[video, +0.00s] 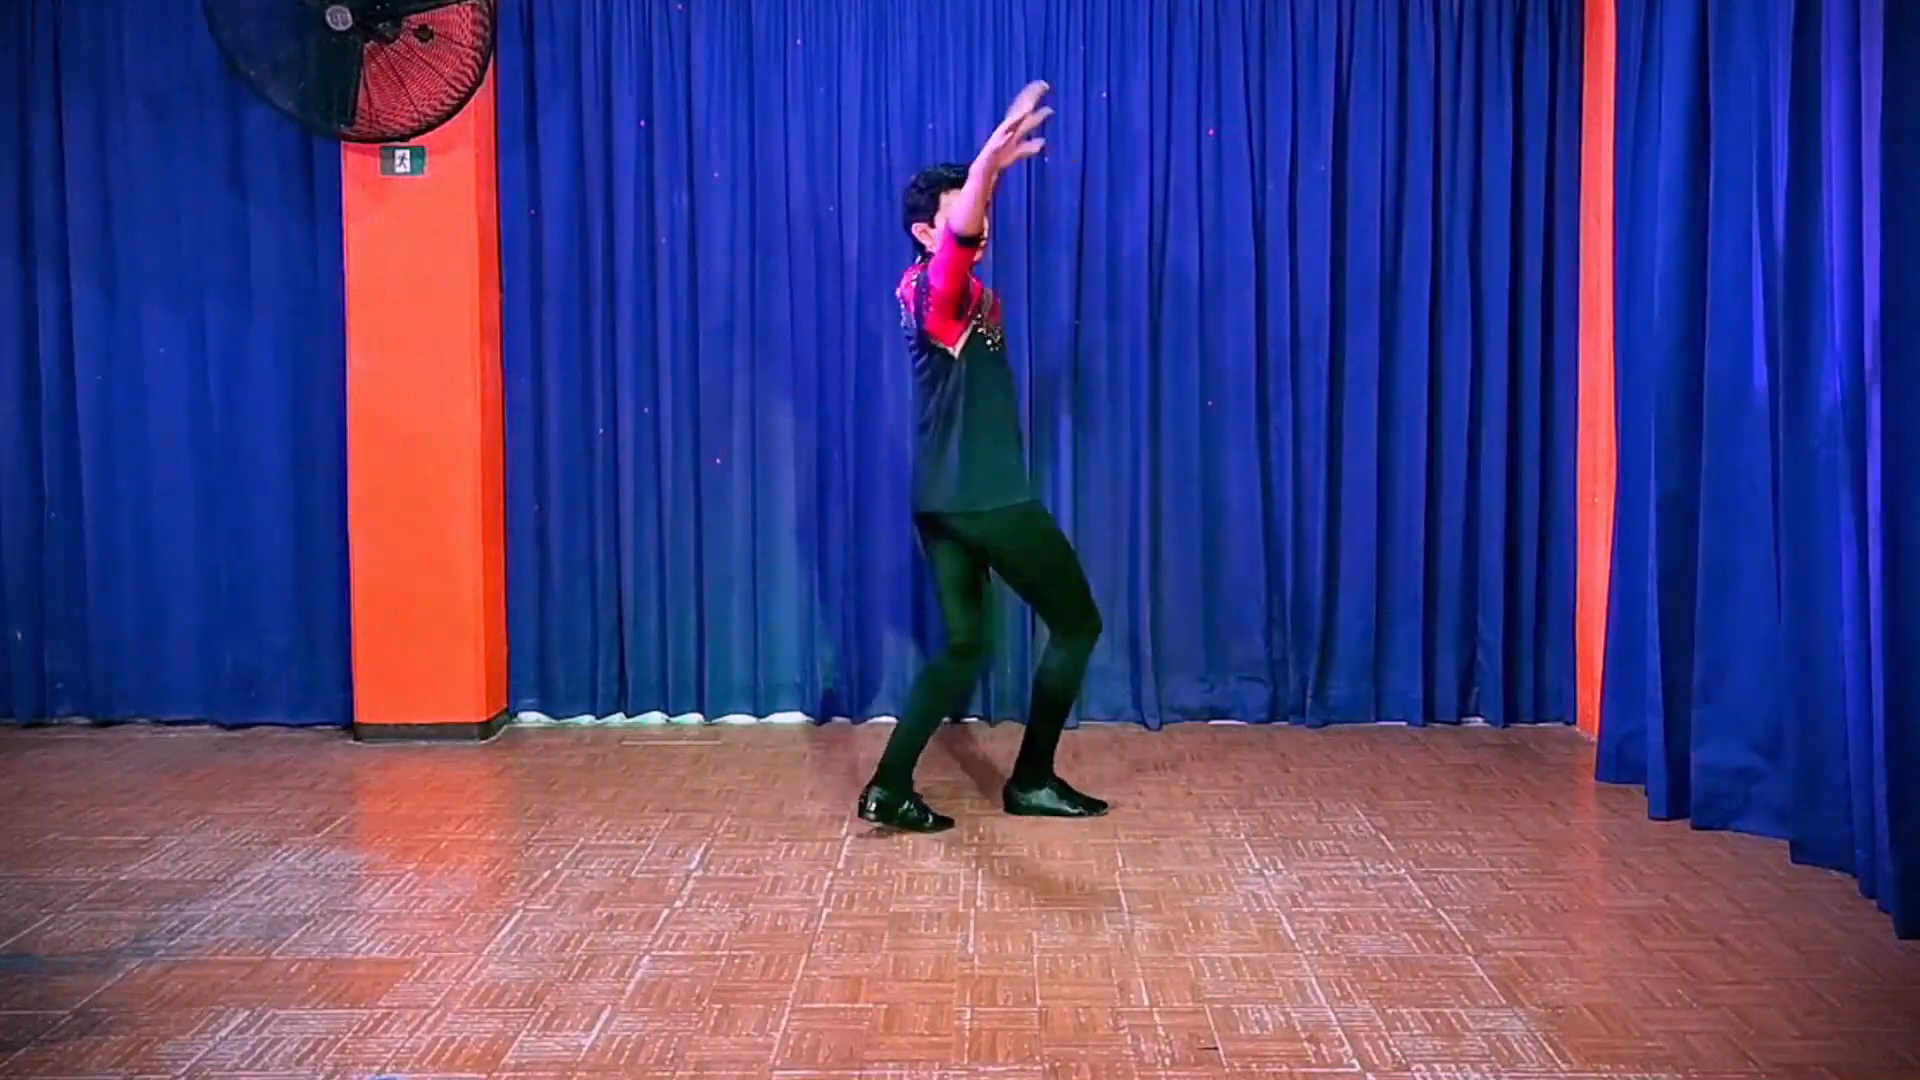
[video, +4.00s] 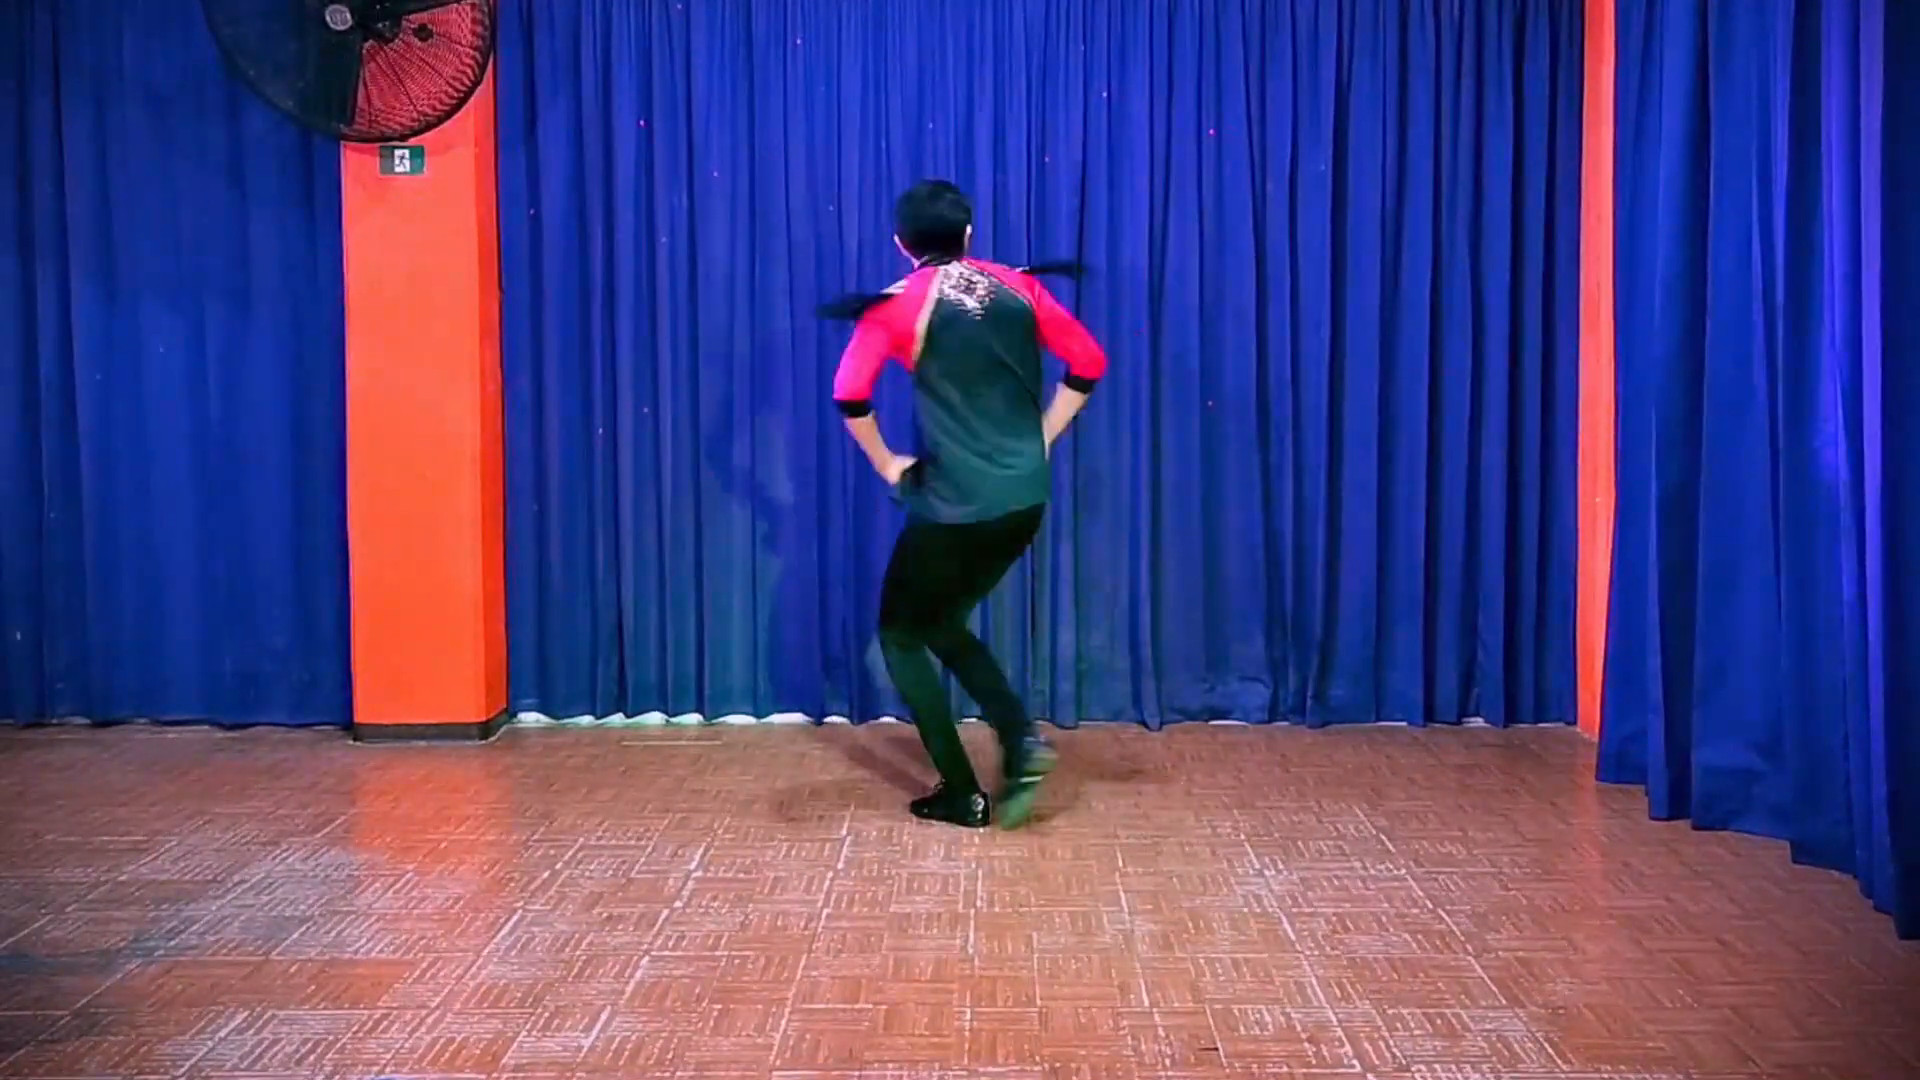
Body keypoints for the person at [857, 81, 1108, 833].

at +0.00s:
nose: (975, 224)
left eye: (972, 213)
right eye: (960, 216)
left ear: (939, 227)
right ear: (929, 229)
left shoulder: (928, 284)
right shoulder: (945, 290)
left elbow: (963, 197)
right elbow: (963, 228)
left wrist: (998, 144)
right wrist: (994, 156)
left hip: (943, 495)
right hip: (990, 493)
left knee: (964, 647)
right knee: (1076, 623)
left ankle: (889, 789)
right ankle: (1032, 779)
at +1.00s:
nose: (899, 246)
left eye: (912, 234)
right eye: (907, 233)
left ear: (942, 245)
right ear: (950, 248)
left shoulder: (951, 311)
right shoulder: (986, 297)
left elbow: (949, 431)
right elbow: (988, 410)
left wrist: (916, 425)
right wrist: (927, 426)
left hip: (1025, 491)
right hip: (1027, 487)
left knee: (945, 632)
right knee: (971, 630)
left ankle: (988, 789)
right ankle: (1041, 768)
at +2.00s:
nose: (954, 342)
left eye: (962, 332)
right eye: (949, 333)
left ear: (992, 316)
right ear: (959, 315)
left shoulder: (1037, 352)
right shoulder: (985, 336)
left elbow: (1069, 448)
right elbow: (989, 420)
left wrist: (969, 443)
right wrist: (955, 480)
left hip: (1042, 511)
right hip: (1002, 505)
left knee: (965, 646)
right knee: (946, 645)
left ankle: (1053, 797)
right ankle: (1030, 773)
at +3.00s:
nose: (950, 360)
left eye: (943, 350)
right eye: (940, 357)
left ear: (955, 316)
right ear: (957, 312)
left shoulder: (1020, 331)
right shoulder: (1001, 326)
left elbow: (1093, 369)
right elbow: (1015, 388)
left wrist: (1076, 462)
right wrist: (996, 445)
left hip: (1065, 508)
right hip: (1044, 505)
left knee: (968, 636)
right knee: (977, 633)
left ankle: (1050, 788)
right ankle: (1051, 774)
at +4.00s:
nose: (898, 242)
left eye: (898, 236)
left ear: (902, 243)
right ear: (967, 236)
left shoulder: (896, 304)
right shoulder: (1017, 285)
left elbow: (849, 394)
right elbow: (1088, 363)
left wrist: (888, 464)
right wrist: (1041, 442)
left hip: (953, 507)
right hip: (1023, 500)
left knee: (900, 634)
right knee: (944, 623)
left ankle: (959, 791)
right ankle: (1022, 743)